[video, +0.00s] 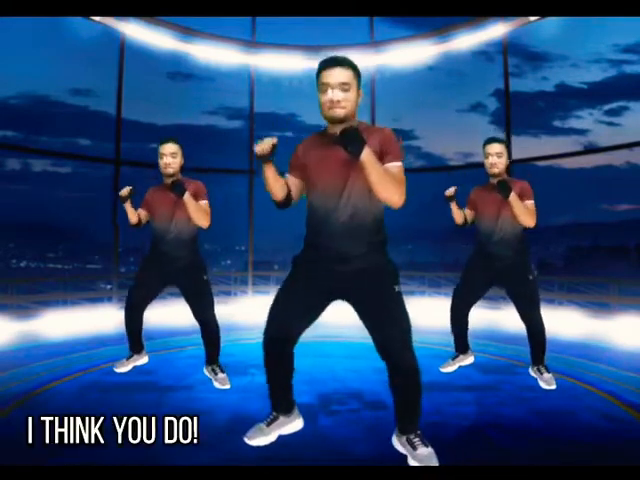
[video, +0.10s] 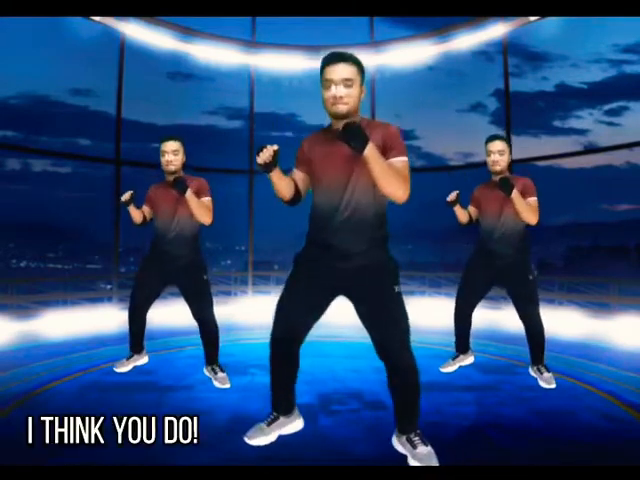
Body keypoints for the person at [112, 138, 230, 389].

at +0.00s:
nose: (168, 161)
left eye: (173, 156)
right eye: (163, 156)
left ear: (182, 160)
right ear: (158, 161)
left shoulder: (195, 188)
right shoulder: (154, 193)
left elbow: (204, 221)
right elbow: (137, 220)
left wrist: (184, 194)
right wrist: (126, 201)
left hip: (189, 264)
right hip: (157, 264)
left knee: (207, 318)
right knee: (133, 306)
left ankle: (213, 365)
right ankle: (138, 353)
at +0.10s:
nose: (170, 158)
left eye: (175, 153)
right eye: (165, 154)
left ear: (184, 157)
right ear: (160, 159)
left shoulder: (198, 185)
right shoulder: (155, 191)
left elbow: (206, 218)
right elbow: (141, 218)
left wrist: (186, 191)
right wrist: (130, 205)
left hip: (189, 262)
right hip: (158, 261)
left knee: (205, 317)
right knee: (137, 306)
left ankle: (213, 365)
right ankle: (138, 353)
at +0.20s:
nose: (171, 156)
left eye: (176, 151)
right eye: (167, 152)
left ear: (185, 155)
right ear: (162, 157)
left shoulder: (200, 182)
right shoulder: (159, 188)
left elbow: (209, 214)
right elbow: (147, 213)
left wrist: (186, 188)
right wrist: (140, 190)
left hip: (191, 258)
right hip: (161, 257)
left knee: (205, 314)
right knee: (140, 303)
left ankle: (213, 365)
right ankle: (138, 353)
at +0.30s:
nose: (173, 157)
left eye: (178, 152)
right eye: (168, 152)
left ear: (187, 155)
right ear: (164, 156)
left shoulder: (202, 182)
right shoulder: (159, 185)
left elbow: (211, 213)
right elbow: (149, 211)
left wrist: (187, 189)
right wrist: (151, 189)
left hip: (192, 259)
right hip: (161, 258)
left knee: (205, 315)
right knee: (138, 302)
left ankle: (213, 365)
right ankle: (137, 351)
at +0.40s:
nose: (176, 156)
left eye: (181, 151)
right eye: (171, 151)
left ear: (190, 154)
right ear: (166, 155)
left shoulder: (204, 182)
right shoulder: (159, 185)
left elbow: (215, 212)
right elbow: (142, 207)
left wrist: (194, 187)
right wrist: (140, 189)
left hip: (192, 259)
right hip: (161, 258)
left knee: (207, 314)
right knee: (135, 300)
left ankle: (213, 365)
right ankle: (138, 349)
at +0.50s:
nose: (175, 156)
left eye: (180, 151)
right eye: (170, 151)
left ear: (189, 155)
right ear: (165, 155)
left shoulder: (200, 182)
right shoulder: (154, 180)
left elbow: (212, 213)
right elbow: (123, 190)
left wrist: (192, 188)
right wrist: (107, 178)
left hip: (190, 259)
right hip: (159, 257)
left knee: (206, 314)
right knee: (135, 302)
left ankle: (213, 365)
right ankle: (142, 353)